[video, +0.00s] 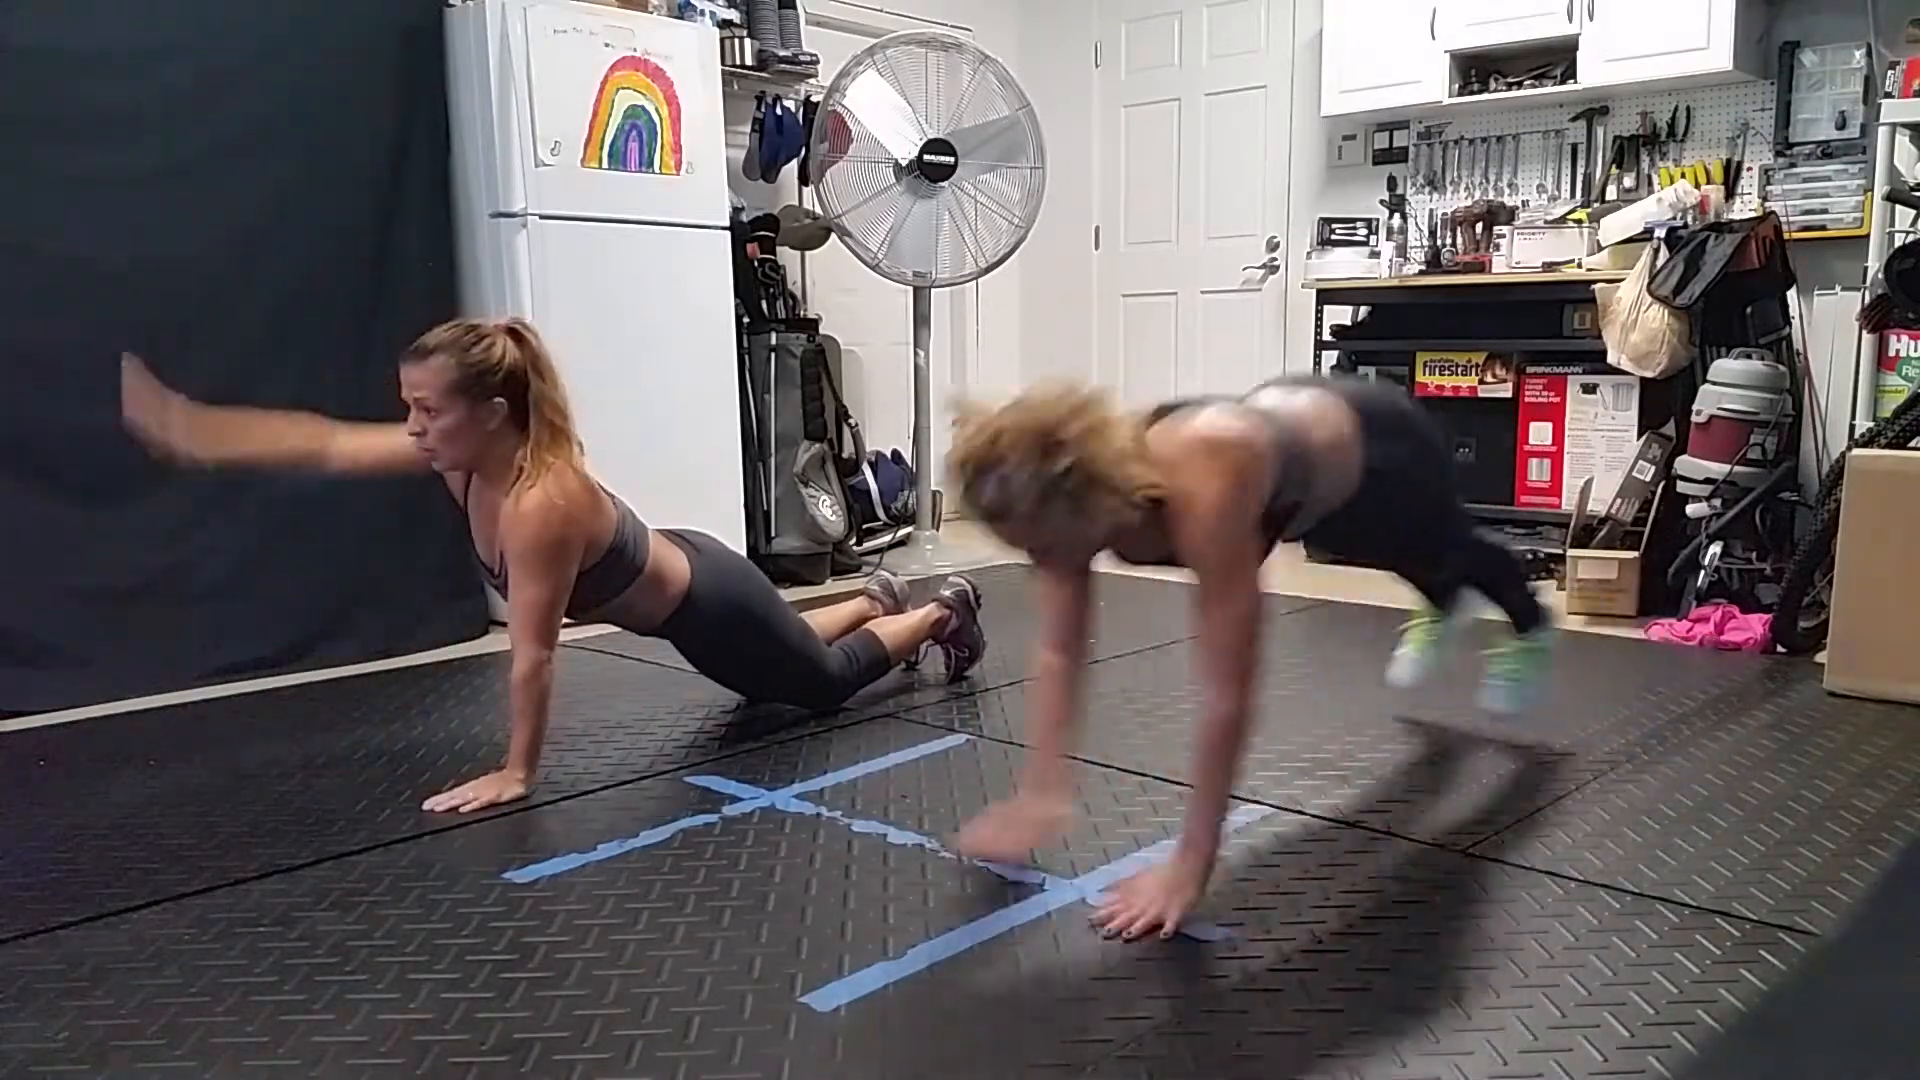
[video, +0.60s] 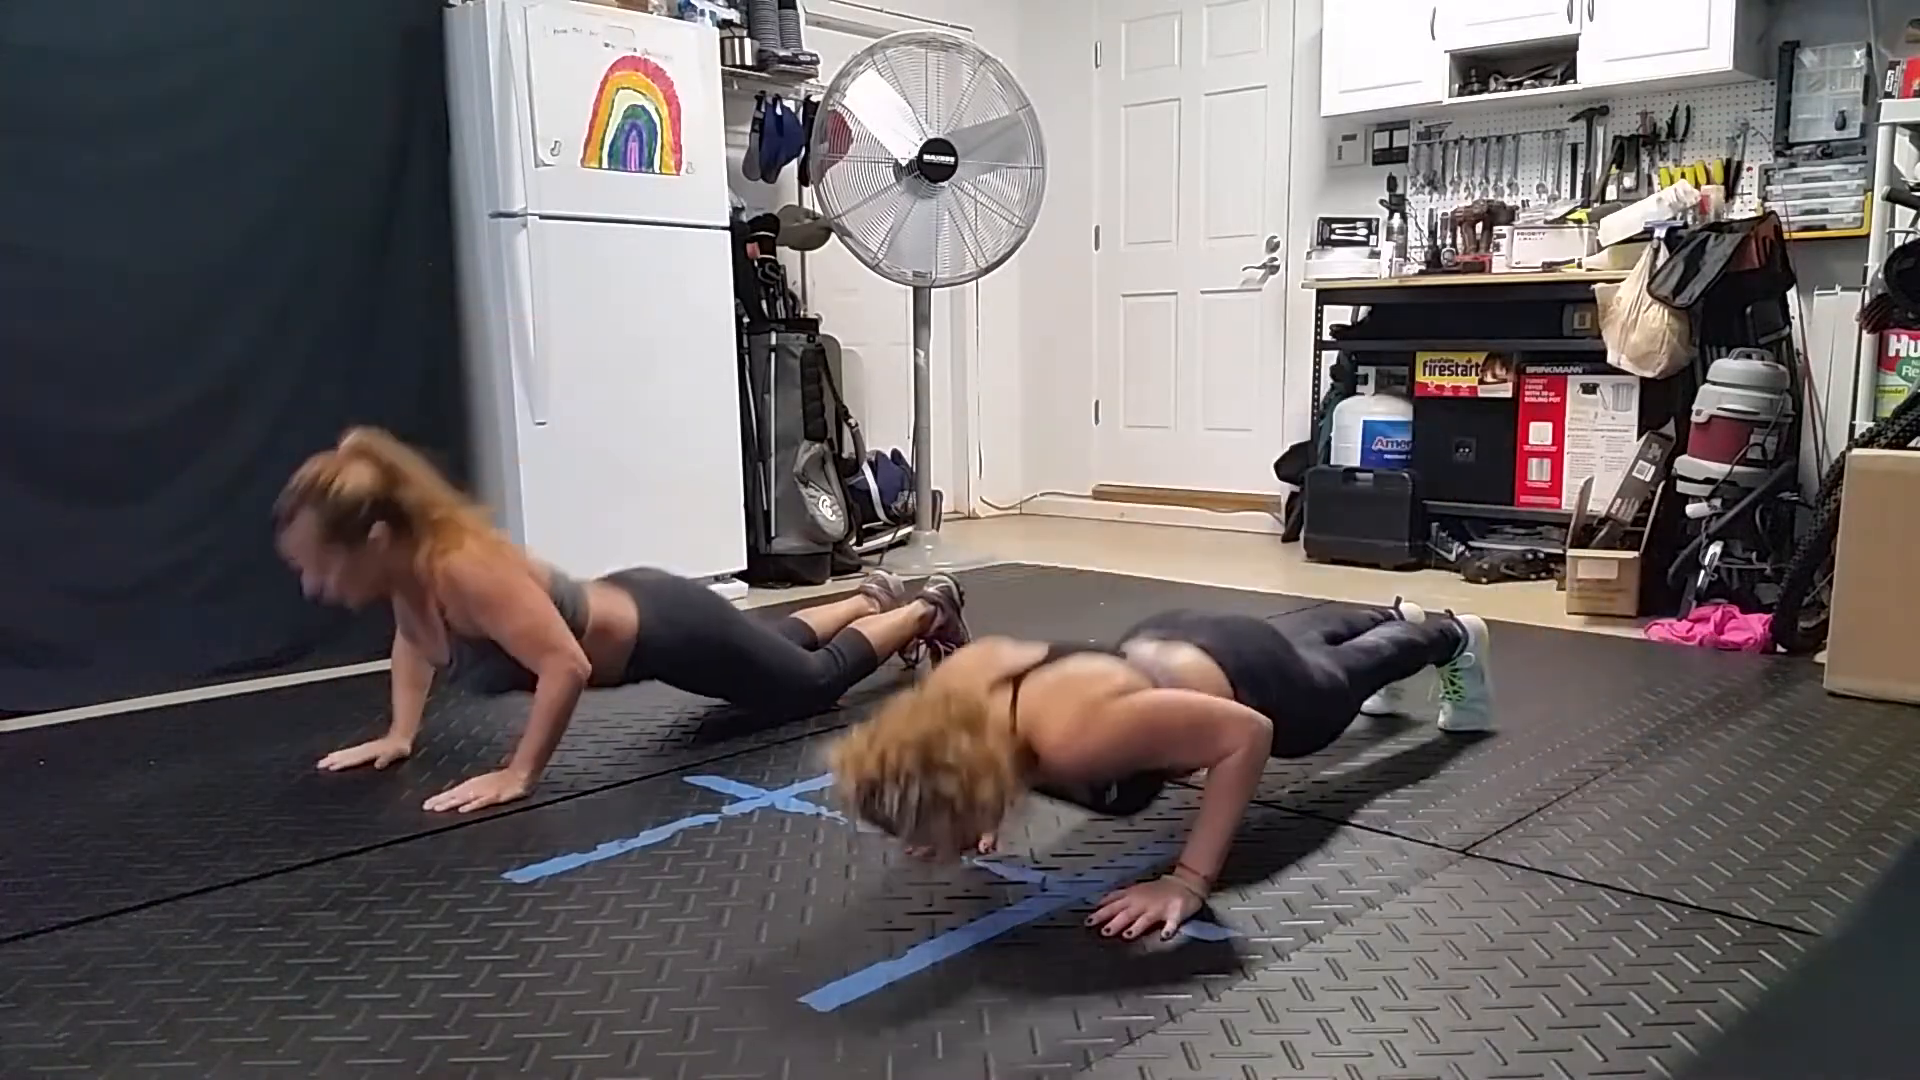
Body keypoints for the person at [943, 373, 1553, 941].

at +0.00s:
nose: (1039, 563)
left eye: (1043, 544)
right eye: (1027, 550)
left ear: (1087, 506)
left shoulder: (1212, 475)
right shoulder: (1067, 505)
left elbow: (1228, 693)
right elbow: (1059, 652)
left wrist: (1189, 866)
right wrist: (1043, 788)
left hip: (1378, 442)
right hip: (1296, 460)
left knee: (1453, 546)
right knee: (1387, 550)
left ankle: (1533, 620)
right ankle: (1445, 602)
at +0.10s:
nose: (1002, 628)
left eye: (1001, 611)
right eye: (984, 620)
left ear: (1033, 561)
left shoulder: (1162, 525)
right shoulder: (1030, 549)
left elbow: (1216, 716)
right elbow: (1014, 671)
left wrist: (1186, 879)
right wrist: (982, 806)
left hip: (1339, 515)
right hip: (1266, 516)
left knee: (1407, 597)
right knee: (1355, 589)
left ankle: (1474, 647)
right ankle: (1397, 632)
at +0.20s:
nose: (973, 653)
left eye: (972, 637)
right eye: (958, 645)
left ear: (1003, 581)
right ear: (986, 575)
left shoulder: (1133, 549)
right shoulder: (1008, 558)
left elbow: (1215, 716)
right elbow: (1005, 672)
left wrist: (1184, 876)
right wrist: (981, 806)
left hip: (1294, 594)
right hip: (1224, 585)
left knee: (1376, 636)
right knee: (1327, 642)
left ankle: (1463, 637)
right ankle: (1388, 661)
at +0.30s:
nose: (962, 684)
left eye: (960, 668)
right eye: (946, 674)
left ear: (994, 623)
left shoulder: (1111, 586)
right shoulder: (992, 577)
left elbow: (1221, 722)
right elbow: (1001, 682)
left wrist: (1186, 875)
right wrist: (982, 802)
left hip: (1274, 628)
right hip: (1211, 597)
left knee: (1371, 645)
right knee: (1323, 621)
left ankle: (1457, 633)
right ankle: (1392, 621)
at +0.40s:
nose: (934, 723)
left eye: (930, 708)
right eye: (918, 713)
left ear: (970, 672)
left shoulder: (1091, 632)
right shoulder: (981, 601)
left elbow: (1231, 729)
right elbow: (995, 692)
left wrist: (1187, 875)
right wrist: (981, 801)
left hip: (1259, 636)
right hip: (1187, 596)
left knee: (1368, 646)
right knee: (1308, 615)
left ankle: (1455, 631)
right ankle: (1393, 613)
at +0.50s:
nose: (939, 791)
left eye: (939, 778)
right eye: (921, 785)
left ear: (964, 737)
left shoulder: (1087, 683)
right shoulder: (958, 637)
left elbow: (1243, 732)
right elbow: (976, 709)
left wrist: (1187, 880)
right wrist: (980, 801)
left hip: (1253, 656)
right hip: (1176, 616)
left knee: (1362, 651)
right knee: (1301, 622)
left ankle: (1451, 631)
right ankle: (1388, 617)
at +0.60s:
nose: (934, 854)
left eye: (941, 839)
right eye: (920, 844)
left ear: (971, 786)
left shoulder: (1076, 733)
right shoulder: (961, 673)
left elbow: (1246, 734)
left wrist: (1187, 881)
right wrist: (981, 793)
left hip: (1249, 675)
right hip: (1167, 644)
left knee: (1355, 661)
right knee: (1288, 626)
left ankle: (1437, 630)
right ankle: (1388, 616)